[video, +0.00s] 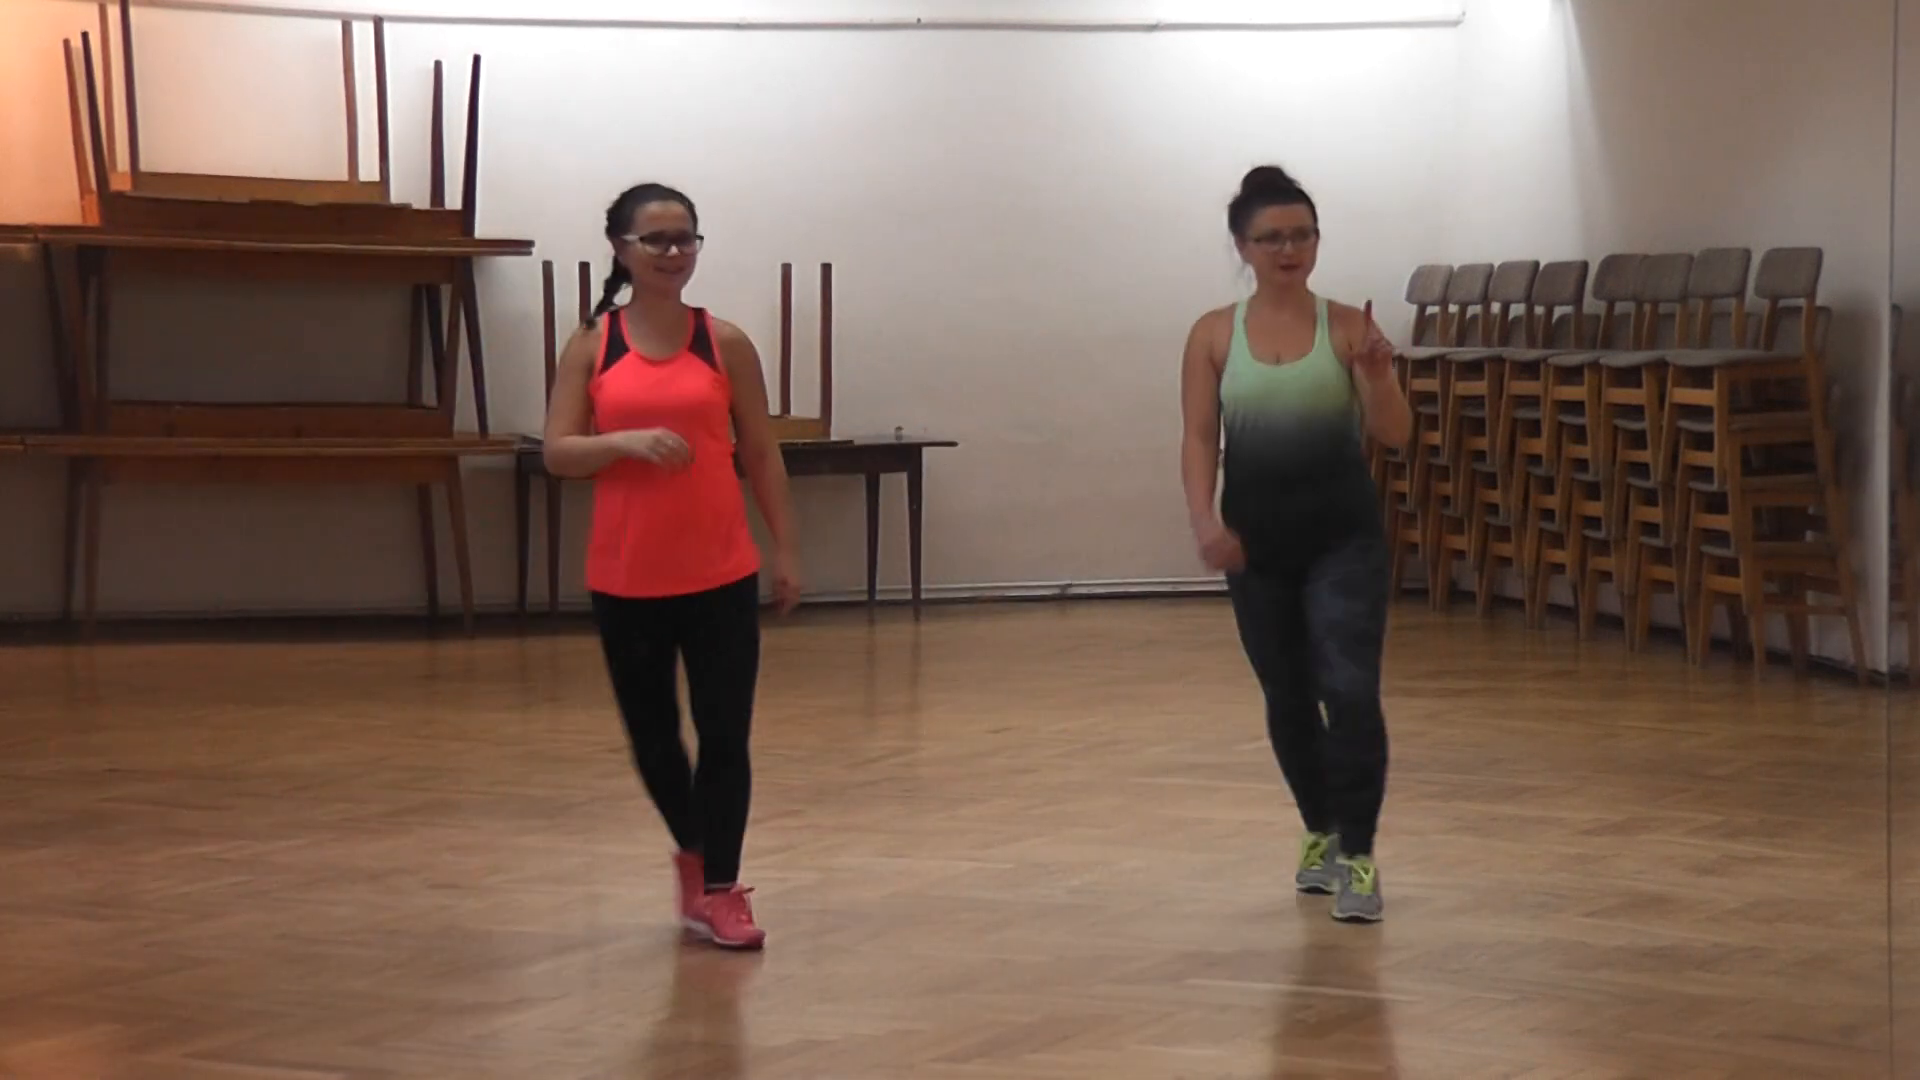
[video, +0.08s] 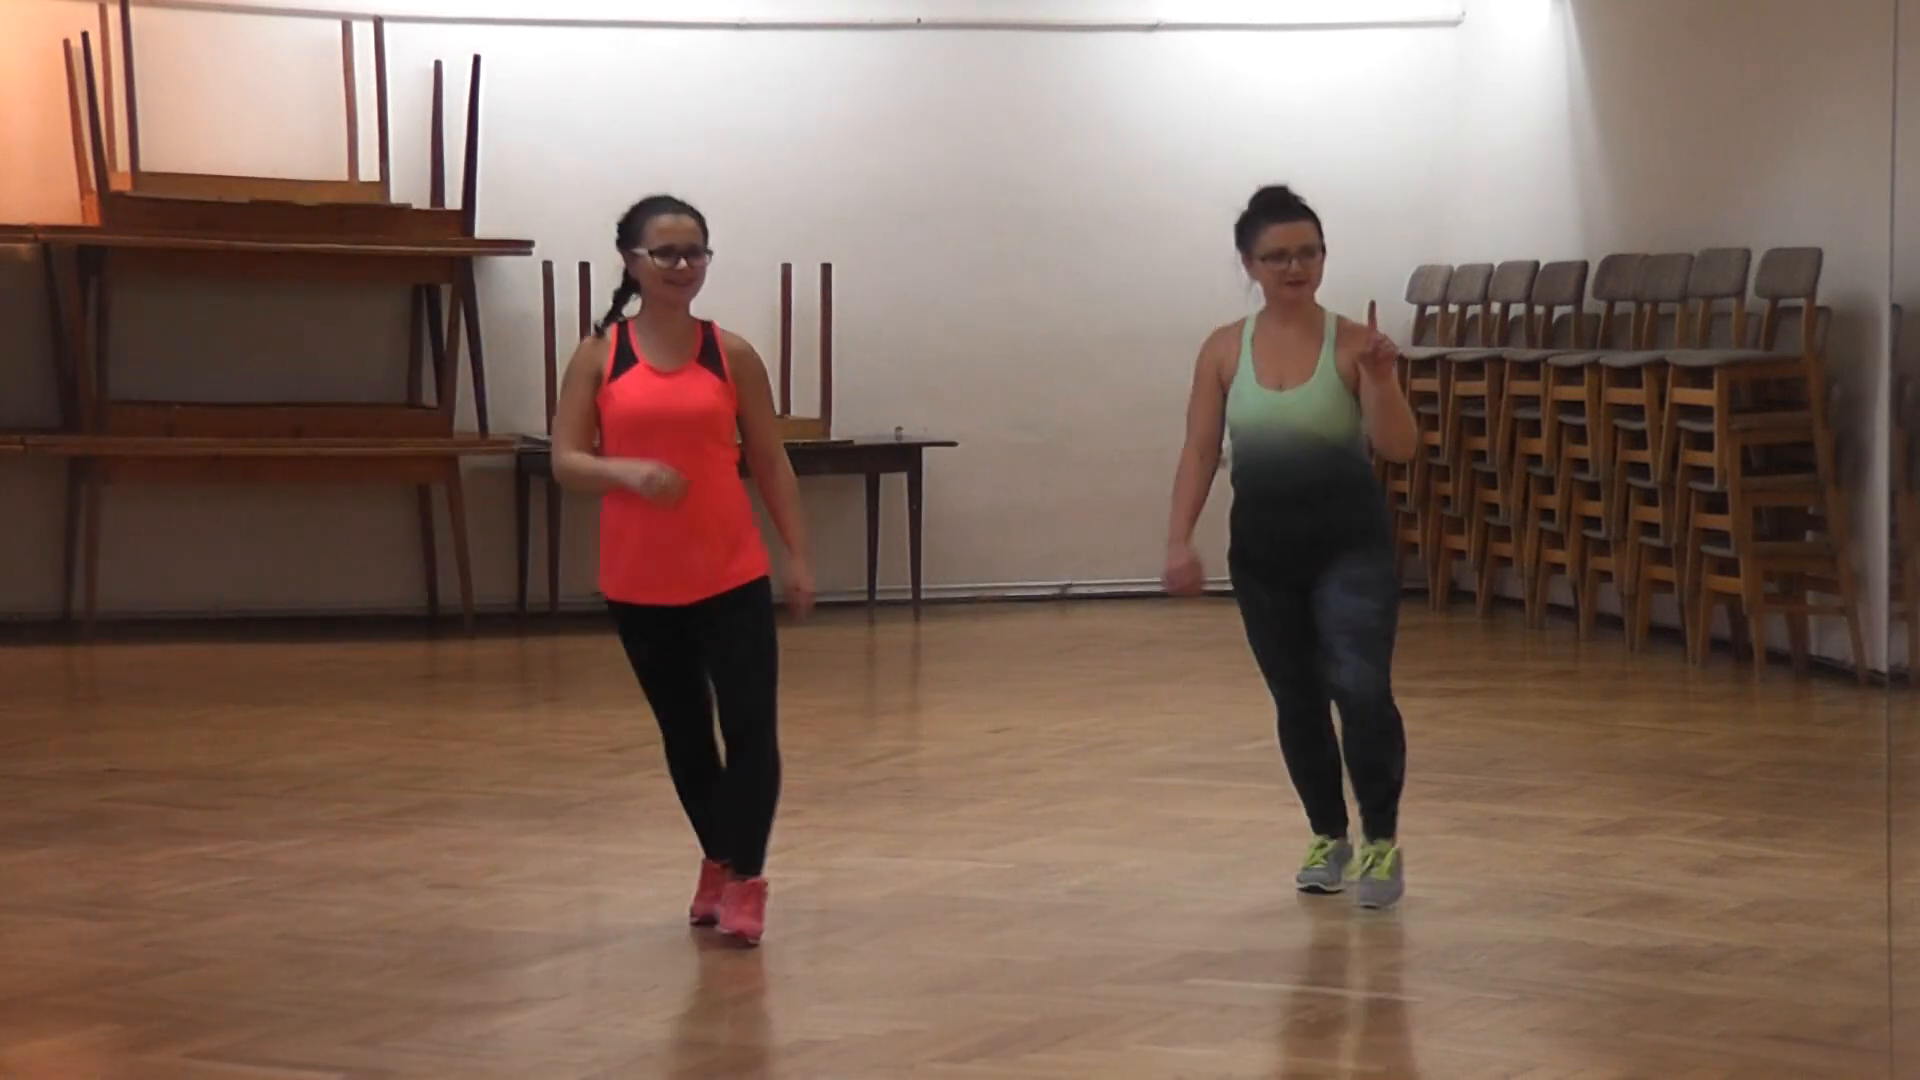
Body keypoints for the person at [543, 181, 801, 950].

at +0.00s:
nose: (676, 251)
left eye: (686, 239)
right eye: (658, 239)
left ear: (698, 247)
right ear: (622, 249)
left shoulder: (726, 344)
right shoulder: (590, 347)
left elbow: (761, 453)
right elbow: (558, 452)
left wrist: (785, 549)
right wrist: (628, 442)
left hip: (723, 574)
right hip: (628, 581)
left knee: (725, 736)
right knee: (652, 740)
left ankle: (722, 891)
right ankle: (691, 848)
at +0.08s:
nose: (684, 265)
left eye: (695, 253)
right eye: (666, 253)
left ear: (707, 261)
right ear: (632, 261)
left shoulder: (733, 355)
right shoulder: (596, 358)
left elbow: (769, 460)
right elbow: (565, 461)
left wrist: (797, 554)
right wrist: (629, 472)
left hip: (734, 576)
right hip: (644, 586)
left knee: (750, 731)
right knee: (685, 736)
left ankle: (747, 880)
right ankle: (718, 862)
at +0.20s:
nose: (689, 283)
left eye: (701, 270)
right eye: (673, 271)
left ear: (717, 277)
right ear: (641, 278)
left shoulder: (741, 374)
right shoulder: (608, 375)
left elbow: (782, 480)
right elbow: (585, 478)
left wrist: (814, 571)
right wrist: (611, 549)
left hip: (743, 592)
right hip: (654, 599)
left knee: (757, 736)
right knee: (692, 743)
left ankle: (763, 873)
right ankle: (722, 866)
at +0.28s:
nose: (693, 278)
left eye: (706, 266)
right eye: (677, 265)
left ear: (720, 274)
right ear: (646, 273)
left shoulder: (749, 369)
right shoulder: (614, 373)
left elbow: (788, 474)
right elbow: (595, 482)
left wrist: (818, 568)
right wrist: (586, 577)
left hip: (743, 594)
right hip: (651, 597)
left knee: (748, 743)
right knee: (670, 748)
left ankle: (761, 880)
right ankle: (718, 857)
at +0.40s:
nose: (690, 268)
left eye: (703, 258)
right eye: (675, 255)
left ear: (716, 267)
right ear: (643, 261)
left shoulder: (745, 356)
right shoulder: (614, 360)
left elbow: (800, 459)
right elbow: (594, 459)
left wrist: (821, 562)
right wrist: (561, 547)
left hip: (738, 577)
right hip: (642, 575)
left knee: (746, 733)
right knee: (611, 716)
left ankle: (765, 880)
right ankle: (674, 838)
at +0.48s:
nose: (680, 262)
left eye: (695, 252)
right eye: (665, 248)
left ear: (708, 262)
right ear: (632, 254)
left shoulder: (734, 352)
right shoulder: (608, 349)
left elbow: (795, 453)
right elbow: (593, 439)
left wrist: (816, 555)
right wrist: (558, 521)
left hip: (727, 571)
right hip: (631, 567)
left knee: (741, 729)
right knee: (589, 708)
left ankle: (764, 879)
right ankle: (623, 871)